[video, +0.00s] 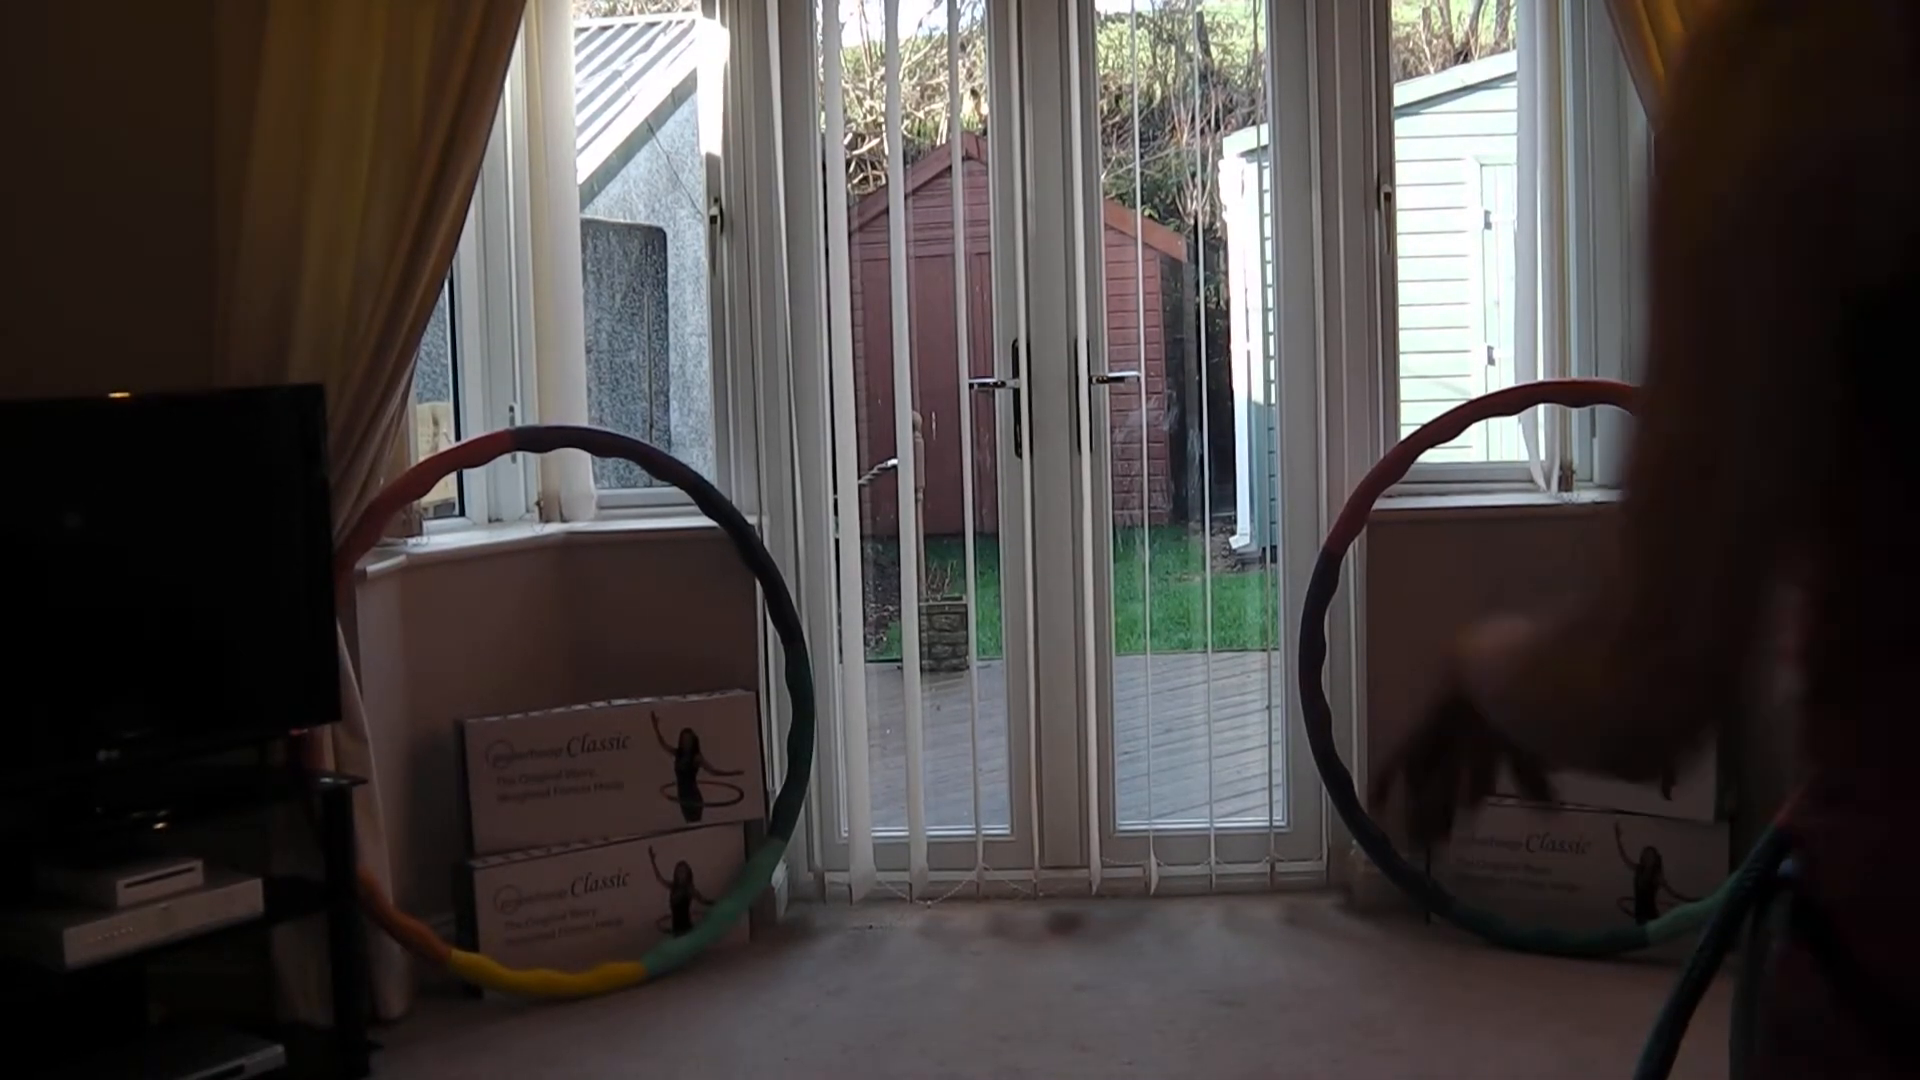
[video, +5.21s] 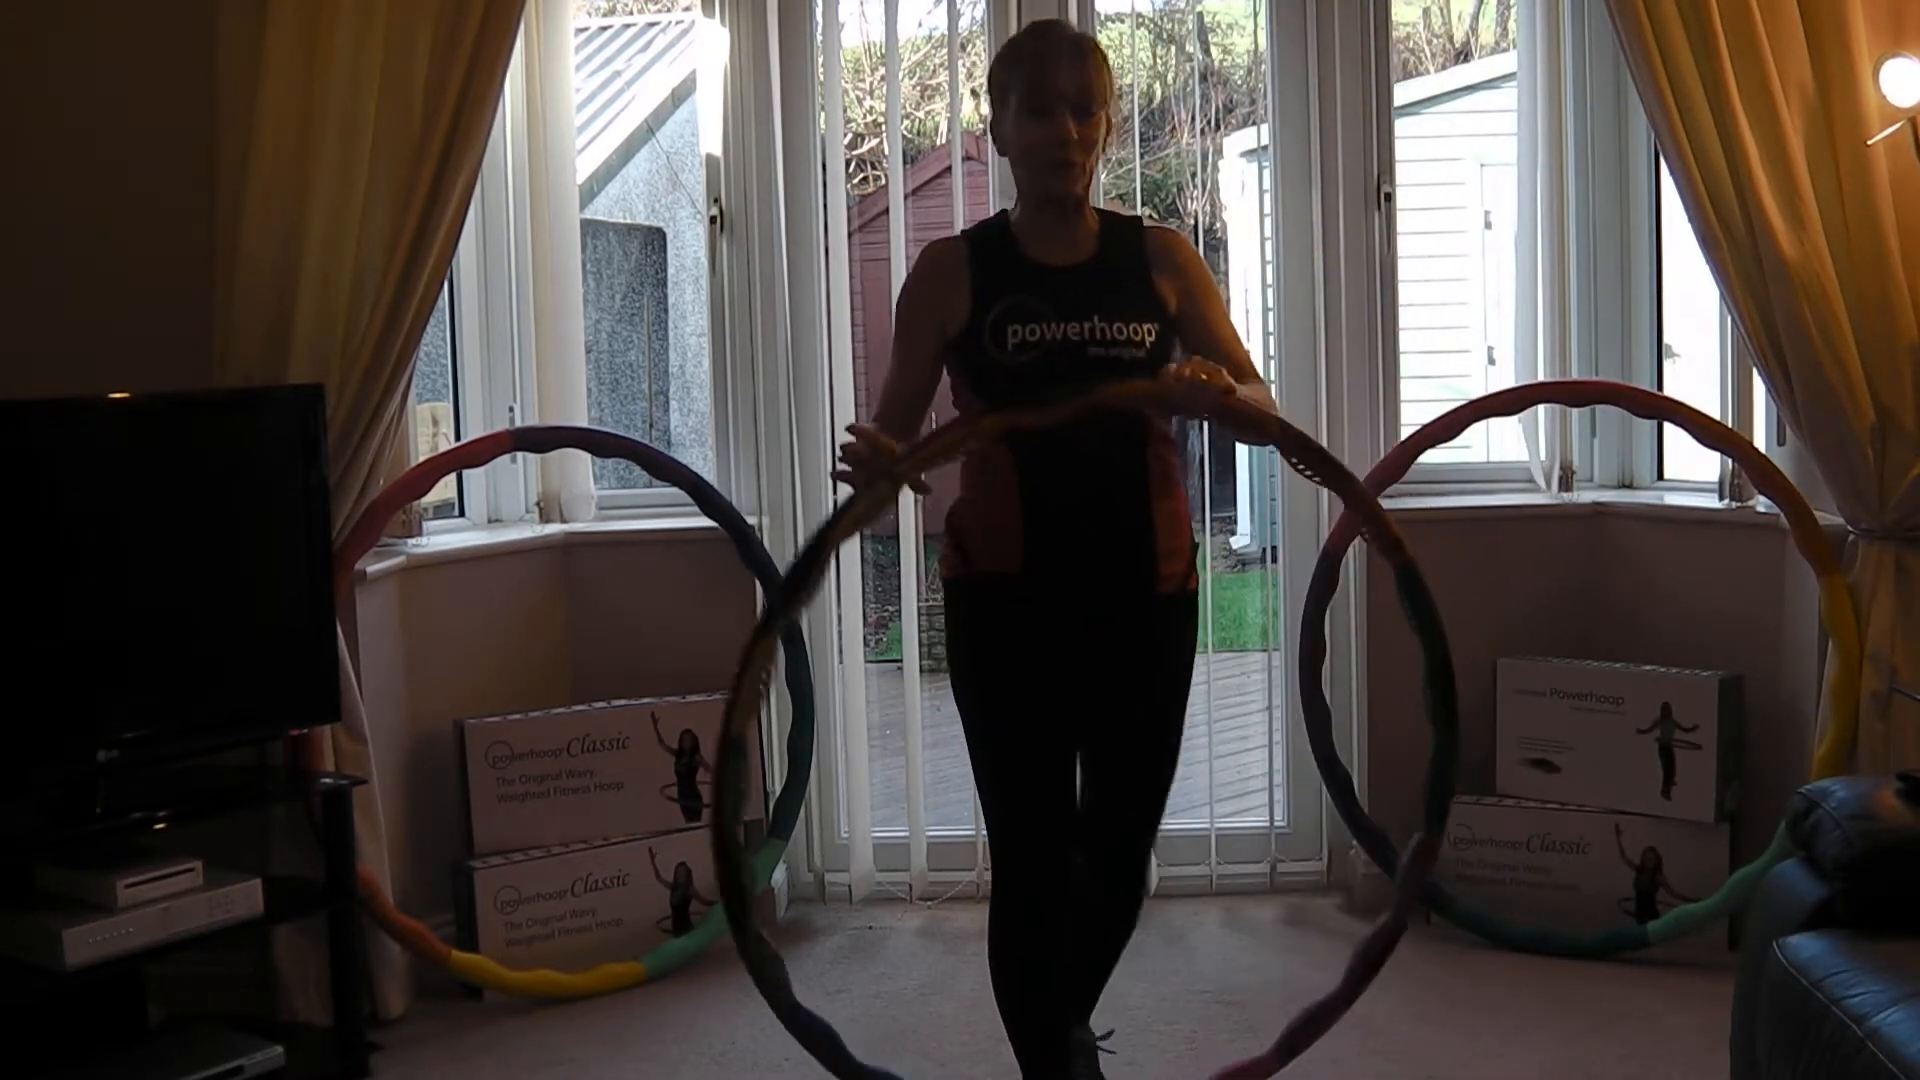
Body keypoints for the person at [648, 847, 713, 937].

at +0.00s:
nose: (681, 874)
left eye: (683, 871)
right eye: (679, 871)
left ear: (688, 873)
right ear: (675, 873)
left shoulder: (690, 889)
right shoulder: (673, 886)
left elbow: (702, 901)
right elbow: (659, 878)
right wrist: (653, 861)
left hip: (687, 925)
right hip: (675, 925)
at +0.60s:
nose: (681, 874)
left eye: (683, 871)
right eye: (679, 871)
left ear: (688, 873)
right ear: (675, 873)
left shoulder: (690, 889)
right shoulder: (673, 887)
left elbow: (702, 901)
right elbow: (659, 878)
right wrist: (652, 860)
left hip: (686, 926)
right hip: (675, 925)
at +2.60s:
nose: (681, 876)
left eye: (683, 873)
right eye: (678, 873)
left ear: (688, 874)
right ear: (675, 874)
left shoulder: (690, 889)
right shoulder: (673, 887)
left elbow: (703, 902)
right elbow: (658, 878)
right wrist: (652, 861)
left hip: (686, 924)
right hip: (675, 924)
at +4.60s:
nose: (681, 874)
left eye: (683, 872)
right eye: (678, 872)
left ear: (688, 874)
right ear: (675, 874)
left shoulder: (690, 889)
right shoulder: (673, 887)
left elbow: (703, 902)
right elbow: (659, 878)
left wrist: (717, 904)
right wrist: (652, 860)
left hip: (686, 924)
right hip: (675, 924)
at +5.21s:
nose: (681, 875)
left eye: (683, 872)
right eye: (679, 872)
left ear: (688, 874)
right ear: (675, 874)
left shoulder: (690, 889)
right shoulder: (673, 887)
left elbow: (703, 902)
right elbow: (659, 878)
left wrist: (718, 903)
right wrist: (652, 861)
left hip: (686, 924)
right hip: (675, 924)